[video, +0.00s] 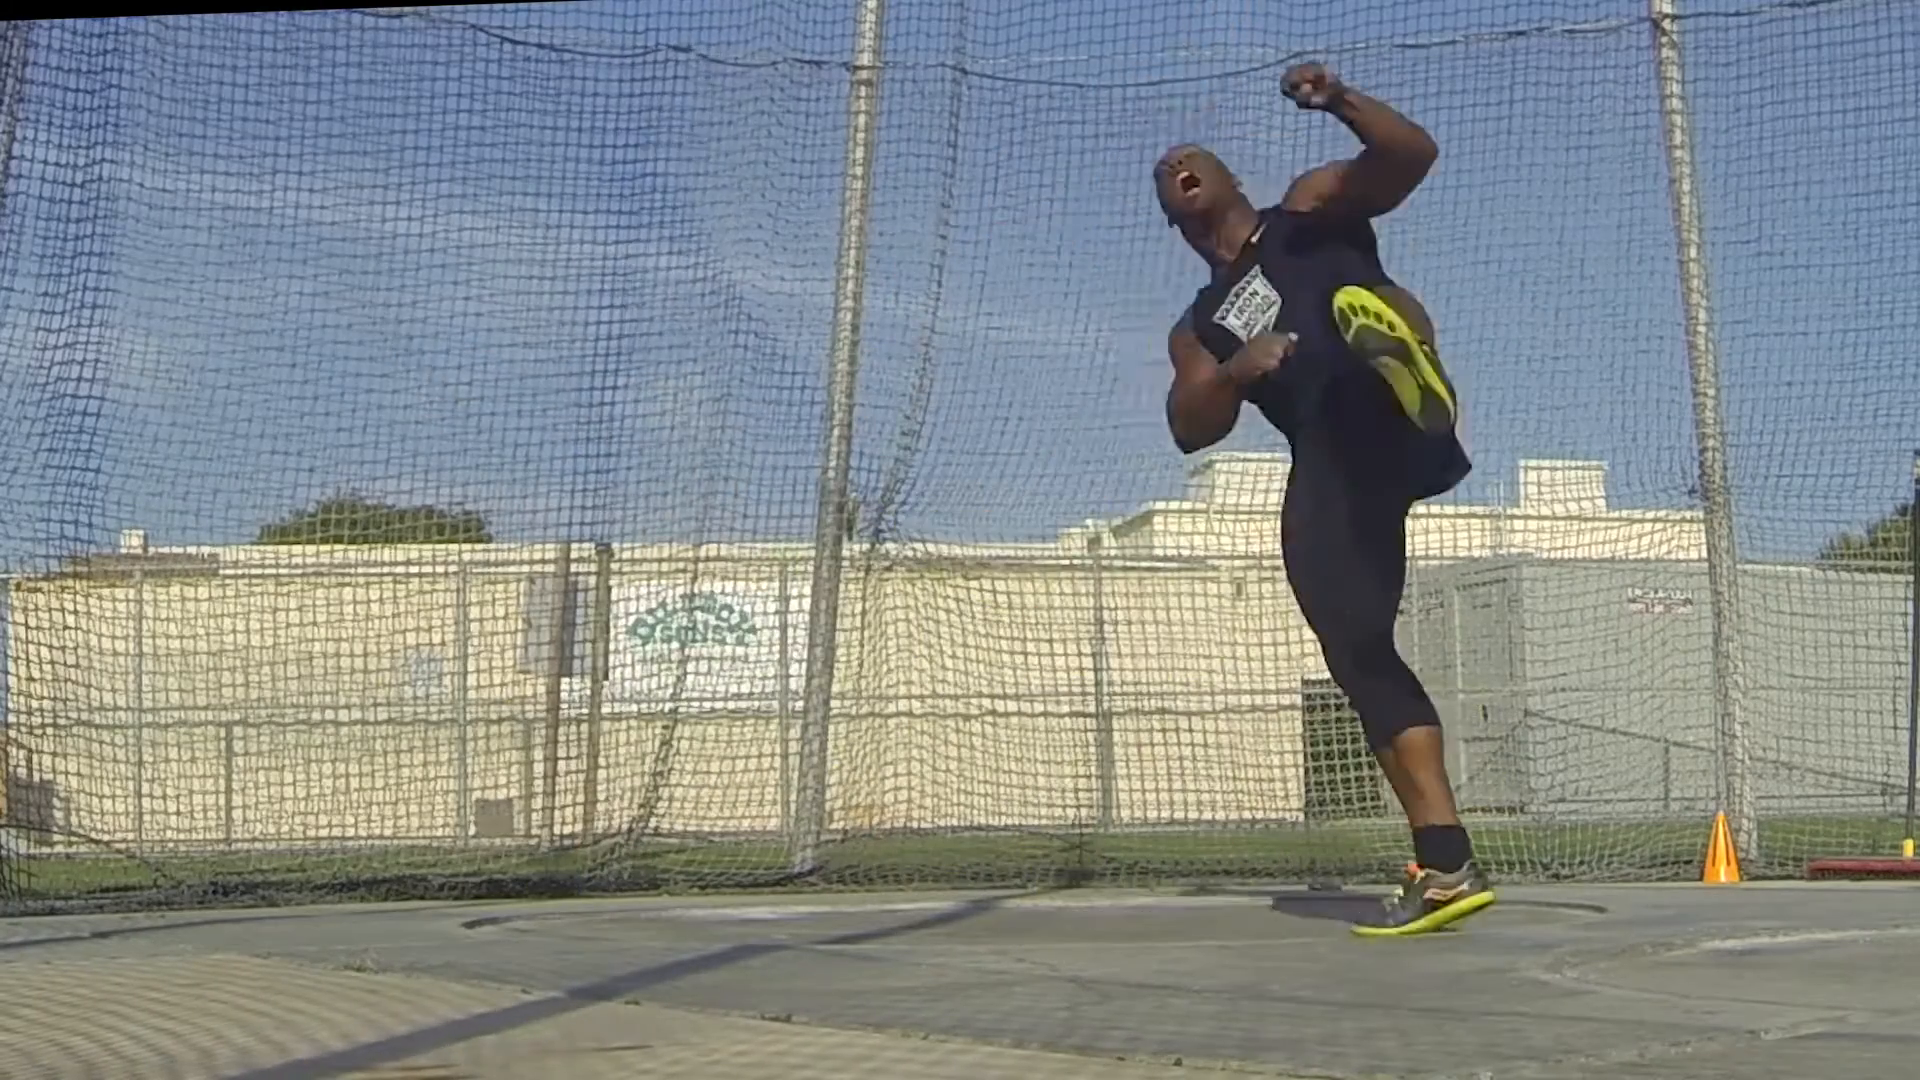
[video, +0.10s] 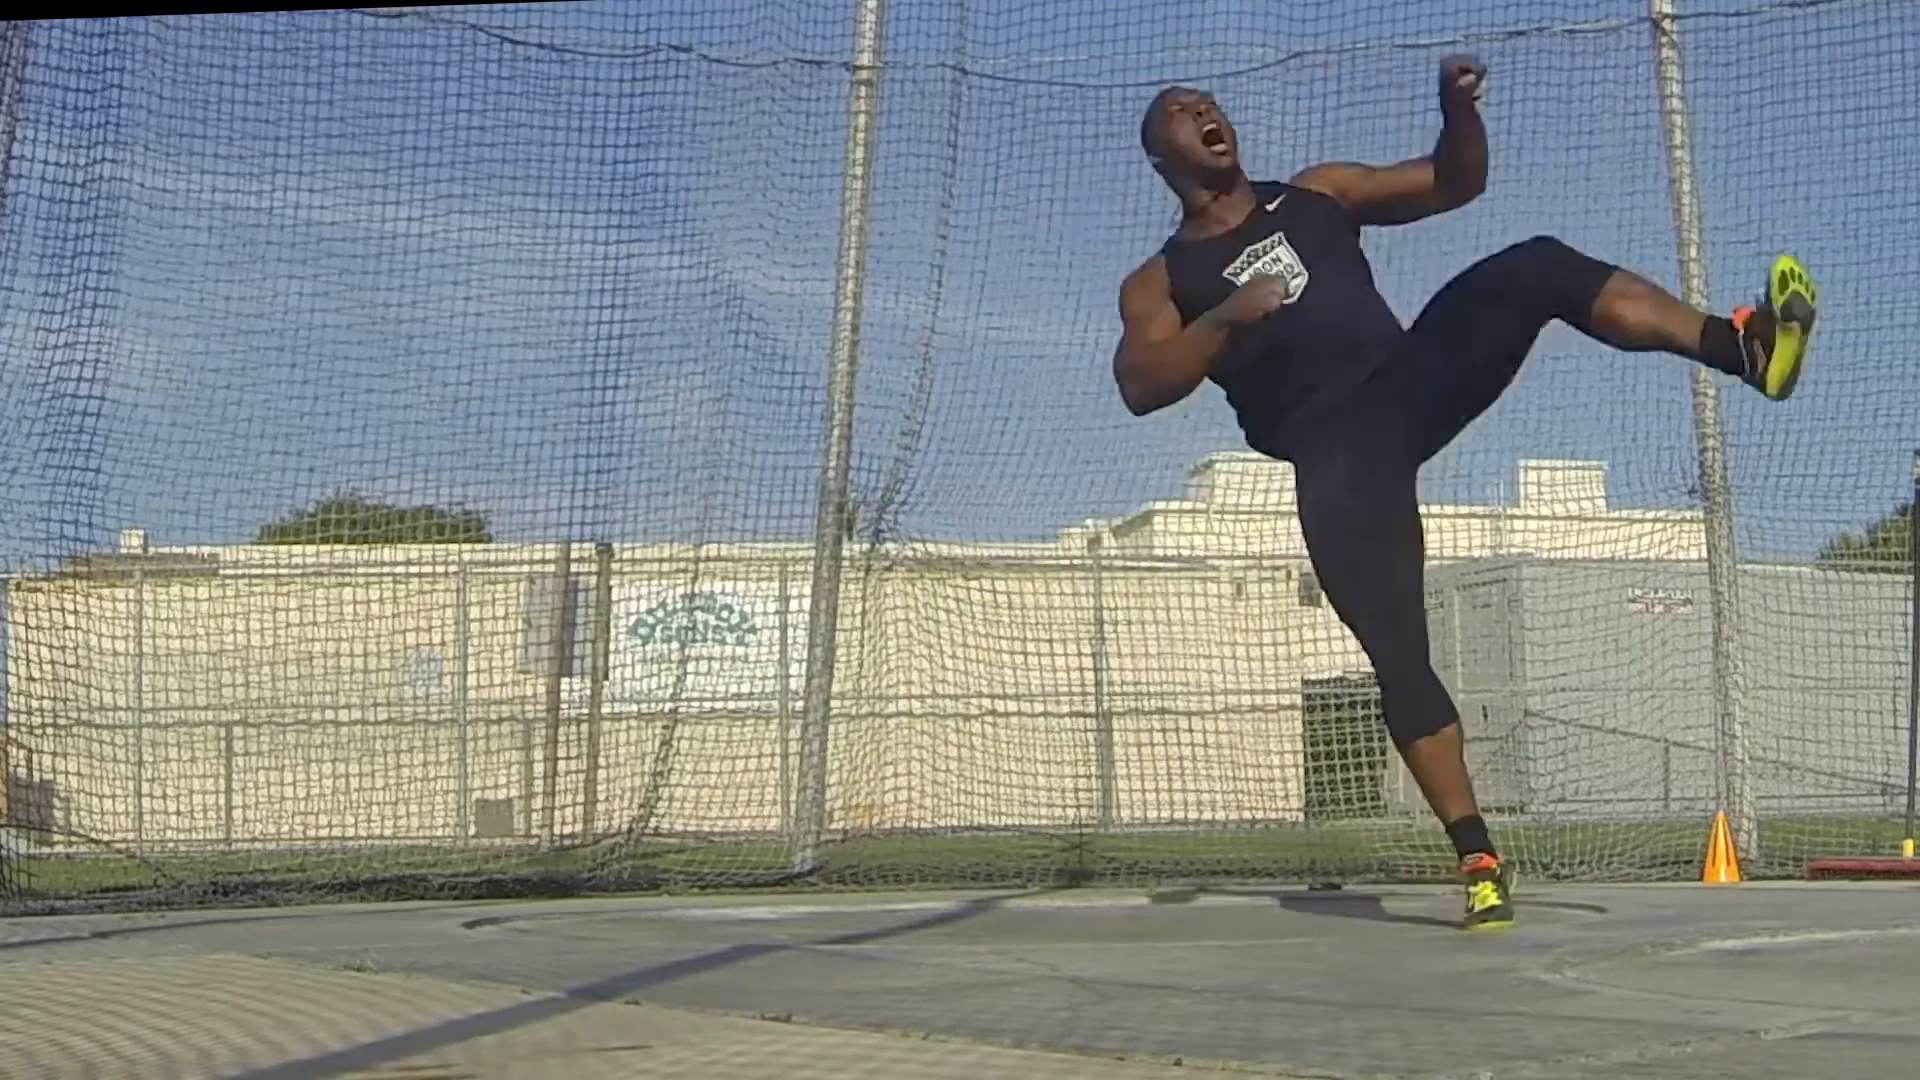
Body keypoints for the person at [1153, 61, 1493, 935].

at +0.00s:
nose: (1180, 176)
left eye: (1191, 166)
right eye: (1166, 181)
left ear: (1234, 178)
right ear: (1174, 222)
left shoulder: (1309, 202)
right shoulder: (1198, 324)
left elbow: (1413, 155)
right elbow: (1191, 429)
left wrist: (1341, 100)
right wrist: (1231, 373)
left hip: (1394, 417)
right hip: (1327, 472)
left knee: (1363, 296)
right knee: (1358, 650)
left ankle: (1409, 373)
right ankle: (1446, 862)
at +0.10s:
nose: (1210, 118)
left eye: (1213, 108)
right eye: (1184, 115)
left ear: (1234, 131)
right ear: (1158, 159)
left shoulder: (1315, 191)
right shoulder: (1155, 280)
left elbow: (1452, 178)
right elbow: (1141, 387)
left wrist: (1458, 110)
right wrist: (1222, 320)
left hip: (1411, 377)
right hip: (1334, 448)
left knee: (1536, 266)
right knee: (1397, 652)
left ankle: (1741, 350)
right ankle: (1477, 859)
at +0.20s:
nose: (1262, 115)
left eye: (1261, 102)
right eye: (1237, 105)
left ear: (1268, 128)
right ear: (1193, 140)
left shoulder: (1317, 210)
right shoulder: (1172, 252)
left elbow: (1446, 239)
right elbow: (1184, 300)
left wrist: (1519, 186)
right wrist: (1284, 219)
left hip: (1419, 391)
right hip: (1348, 450)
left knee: (1579, 319)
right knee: (1421, 650)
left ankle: (1735, 437)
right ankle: (1469, 865)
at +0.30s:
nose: (1321, 101)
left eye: (1316, 89)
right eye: (1299, 92)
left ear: (1301, 116)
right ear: (1250, 123)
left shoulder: (1309, 209)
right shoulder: (1252, 218)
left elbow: (1396, 281)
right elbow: (1358, 190)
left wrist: (1504, 262)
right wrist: (1416, 135)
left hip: (1395, 407)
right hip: (1348, 452)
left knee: (1492, 393)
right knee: (1438, 639)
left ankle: (1528, 560)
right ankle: (1466, 875)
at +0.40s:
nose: (1381, 95)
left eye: (1374, 82)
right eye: (1365, 84)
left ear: (1304, 114)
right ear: (1316, 106)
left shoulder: (1254, 217)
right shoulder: (1368, 184)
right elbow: (1520, 141)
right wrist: (1432, 152)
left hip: (1293, 456)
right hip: (1382, 456)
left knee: (1343, 512)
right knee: (1447, 651)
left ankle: (1292, 665)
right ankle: (1472, 879)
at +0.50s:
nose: (1385, 120)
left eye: (1372, 110)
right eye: (1381, 108)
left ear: (1306, 130)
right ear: (1376, 115)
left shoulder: (1259, 220)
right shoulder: (1443, 174)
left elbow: (1173, 317)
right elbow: (1534, 138)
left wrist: (1112, 373)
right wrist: (1421, 145)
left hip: (1295, 464)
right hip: (1410, 470)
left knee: (1229, 590)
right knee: (1435, 678)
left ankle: (1205, 756)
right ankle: (1460, 883)